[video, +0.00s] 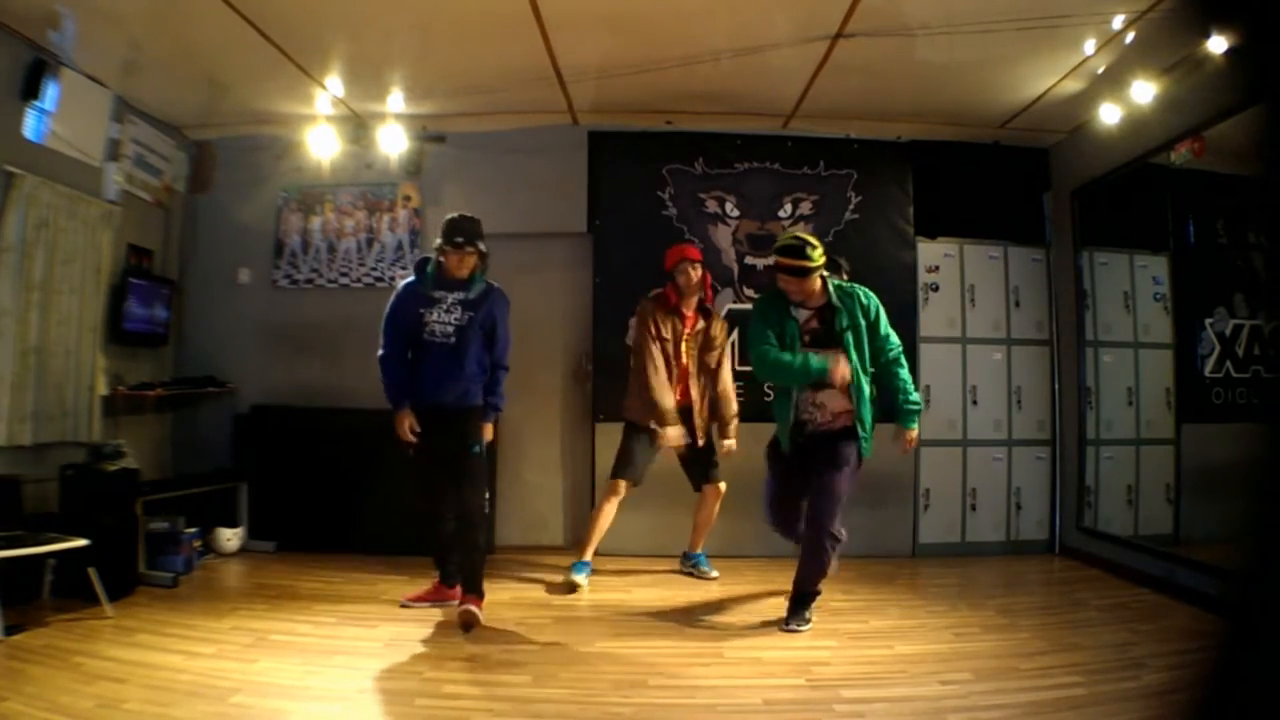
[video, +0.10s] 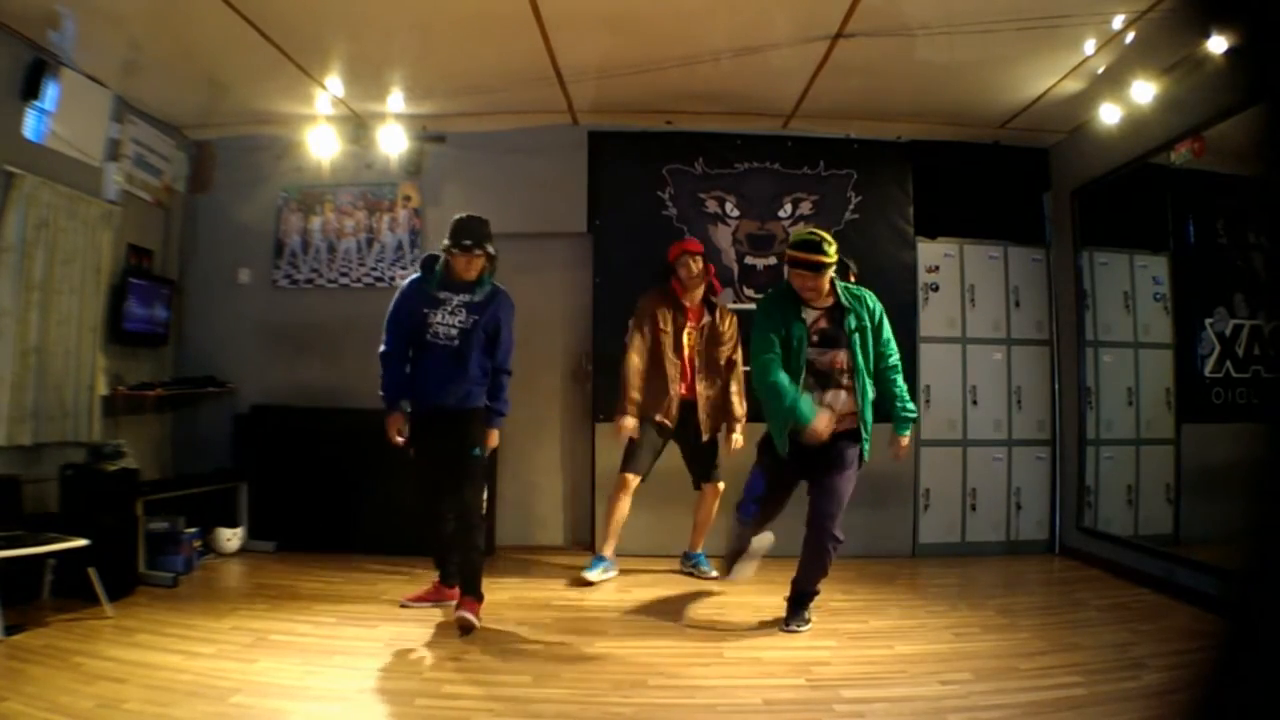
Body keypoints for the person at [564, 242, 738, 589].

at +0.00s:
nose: (692, 273)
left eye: (696, 266)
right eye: (684, 267)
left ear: (704, 273)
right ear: (672, 274)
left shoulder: (712, 323)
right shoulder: (652, 312)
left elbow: (722, 378)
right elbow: (652, 370)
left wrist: (728, 428)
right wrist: (667, 420)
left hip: (693, 418)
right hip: (649, 414)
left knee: (714, 487)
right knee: (618, 486)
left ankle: (693, 555)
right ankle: (584, 563)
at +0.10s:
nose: (691, 269)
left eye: (696, 262)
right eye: (684, 263)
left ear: (705, 266)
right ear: (674, 268)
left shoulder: (722, 316)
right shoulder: (653, 307)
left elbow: (733, 370)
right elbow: (635, 358)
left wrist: (736, 419)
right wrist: (629, 410)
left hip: (701, 412)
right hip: (657, 409)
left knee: (712, 485)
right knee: (628, 479)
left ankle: (694, 554)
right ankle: (605, 557)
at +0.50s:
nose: (660, 265)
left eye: (667, 260)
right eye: (657, 259)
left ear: (683, 265)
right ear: (652, 263)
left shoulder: (715, 306)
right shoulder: (643, 306)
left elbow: (742, 351)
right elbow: (607, 338)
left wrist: (720, 391)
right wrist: (589, 369)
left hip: (701, 406)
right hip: (659, 403)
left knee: (699, 483)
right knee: (626, 468)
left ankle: (708, 554)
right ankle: (642, 534)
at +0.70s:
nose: (624, 265)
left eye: (631, 259)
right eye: (624, 259)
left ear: (649, 265)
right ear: (635, 266)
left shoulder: (689, 296)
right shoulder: (630, 304)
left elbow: (710, 350)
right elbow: (616, 353)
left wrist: (673, 366)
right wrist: (584, 354)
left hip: (686, 402)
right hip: (648, 401)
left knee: (694, 477)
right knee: (627, 477)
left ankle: (708, 555)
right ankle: (602, 557)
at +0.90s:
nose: (604, 264)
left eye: (612, 257)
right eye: (600, 258)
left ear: (628, 261)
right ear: (597, 264)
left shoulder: (659, 298)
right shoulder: (600, 304)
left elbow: (661, 356)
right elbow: (598, 354)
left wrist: (637, 393)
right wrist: (610, 387)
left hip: (660, 403)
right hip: (620, 404)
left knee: (675, 479)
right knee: (608, 480)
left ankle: (700, 550)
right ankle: (599, 560)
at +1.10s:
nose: (616, 254)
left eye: (622, 247)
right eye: (608, 249)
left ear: (633, 253)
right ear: (599, 256)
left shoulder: (657, 300)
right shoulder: (583, 302)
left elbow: (666, 358)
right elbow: (572, 357)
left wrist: (663, 407)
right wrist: (587, 402)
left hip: (645, 400)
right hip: (602, 400)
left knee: (660, 474)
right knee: (595, 479)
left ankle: (654, 536)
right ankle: (597, 558)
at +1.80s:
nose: (628, 267)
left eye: (634, 260)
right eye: (621, 261)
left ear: (645, 262)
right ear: (613, 267)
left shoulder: (674, 300)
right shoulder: (603, 303)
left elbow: (707, 343)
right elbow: (579, 341)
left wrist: (687, 380)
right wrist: (554, 370)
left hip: (666, 402)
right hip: (624, 399)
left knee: (665, 483)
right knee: (628, 479)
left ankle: (663, 552)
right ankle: (631, 542)